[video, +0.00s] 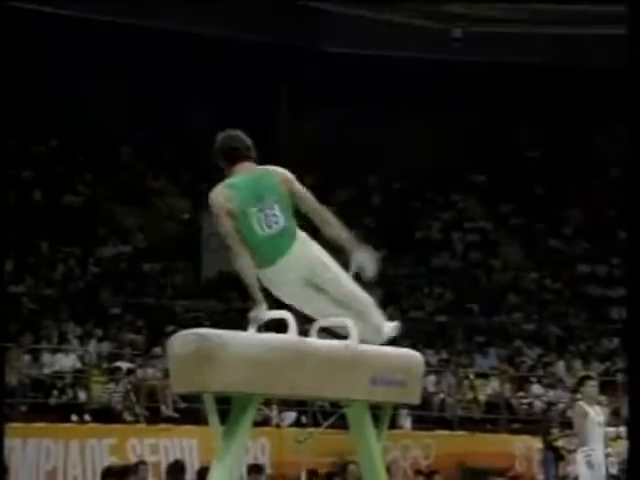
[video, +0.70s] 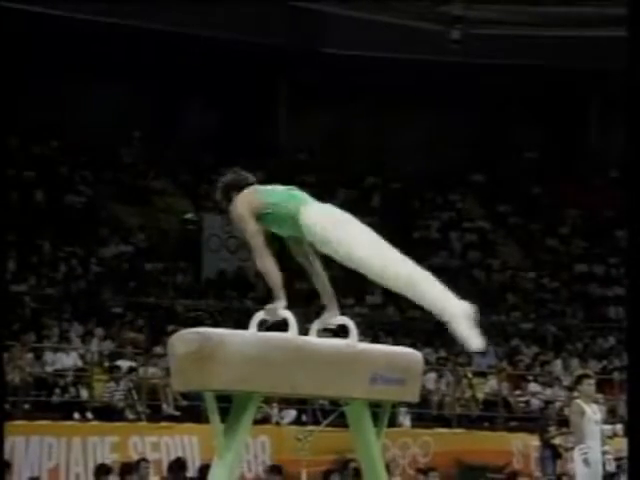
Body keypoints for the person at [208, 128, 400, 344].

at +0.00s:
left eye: (226, 159)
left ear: (223, 163)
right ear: (252, 153)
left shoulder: (220, 197)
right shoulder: (278, 174)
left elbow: (239, 252)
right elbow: (318, 214)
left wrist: (259, 303)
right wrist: (354, 248)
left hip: (275, 276)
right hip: (303, 251)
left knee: (323, 310)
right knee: (344, 287)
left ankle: (368, 337)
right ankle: (381, 328)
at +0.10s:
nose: (261, 160)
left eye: (263, 155)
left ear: (266, 157)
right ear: (294, 155)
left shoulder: (256, 189)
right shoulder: (313, 193)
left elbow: (255, 248)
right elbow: (321, 250)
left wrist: (257, 302)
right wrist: (328, 299)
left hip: (266, 271)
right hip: (298, 267)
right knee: (304, 336)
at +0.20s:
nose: (301, 169)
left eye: (302, 163)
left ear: (307, 164)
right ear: (332, 164)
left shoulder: (294, 192)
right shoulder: (345, 202)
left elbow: (277, 247)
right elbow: (337, 259)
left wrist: (264, 303)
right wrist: (332, 309)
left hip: (274, 270)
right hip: (299, 276)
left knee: (224, 327)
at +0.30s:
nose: (317, 174)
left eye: (318, 169)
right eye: (320, 169)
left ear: (323, 168)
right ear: (349, 171)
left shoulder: (314, 195)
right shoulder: (362, 211)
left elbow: (292, 245)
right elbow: (346, 265)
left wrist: (271, 287)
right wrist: (333, 311)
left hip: (279, 264)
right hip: (301, 281)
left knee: (209, 299)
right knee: (219, 315)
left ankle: (143, 342)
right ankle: (154, 348)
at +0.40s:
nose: (304, 184)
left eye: (306, 178)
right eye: (306, 180)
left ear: (316, 174)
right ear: (336, 175)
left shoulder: (315, 184)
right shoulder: (356, 215)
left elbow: (298, 213)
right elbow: (342, 265)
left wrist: (275, 247)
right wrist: (332, 310)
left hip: (297, 247)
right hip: (311, 277)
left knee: (235, 279)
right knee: (240, 304)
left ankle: (175, 310)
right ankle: (181, 321)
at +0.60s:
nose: (252, 210)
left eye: (251, 204)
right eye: (250, 206)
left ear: (254, 193)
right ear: (270, 184)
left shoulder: (264, 197)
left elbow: (274, 242)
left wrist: (274, 292)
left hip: (320, 215)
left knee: (345, 261)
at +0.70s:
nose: (229, 211)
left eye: (227, 205)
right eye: (228, 206)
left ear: (230, 197)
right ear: (250, 188)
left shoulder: (242, 204)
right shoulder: (277, 201)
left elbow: (263, 256)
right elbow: (309, 261)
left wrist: (279, 299)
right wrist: (331, 308)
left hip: (320, 222)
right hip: (332, 219)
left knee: (387, 269)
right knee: (393, 264)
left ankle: (457, 318)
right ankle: (457, 308)